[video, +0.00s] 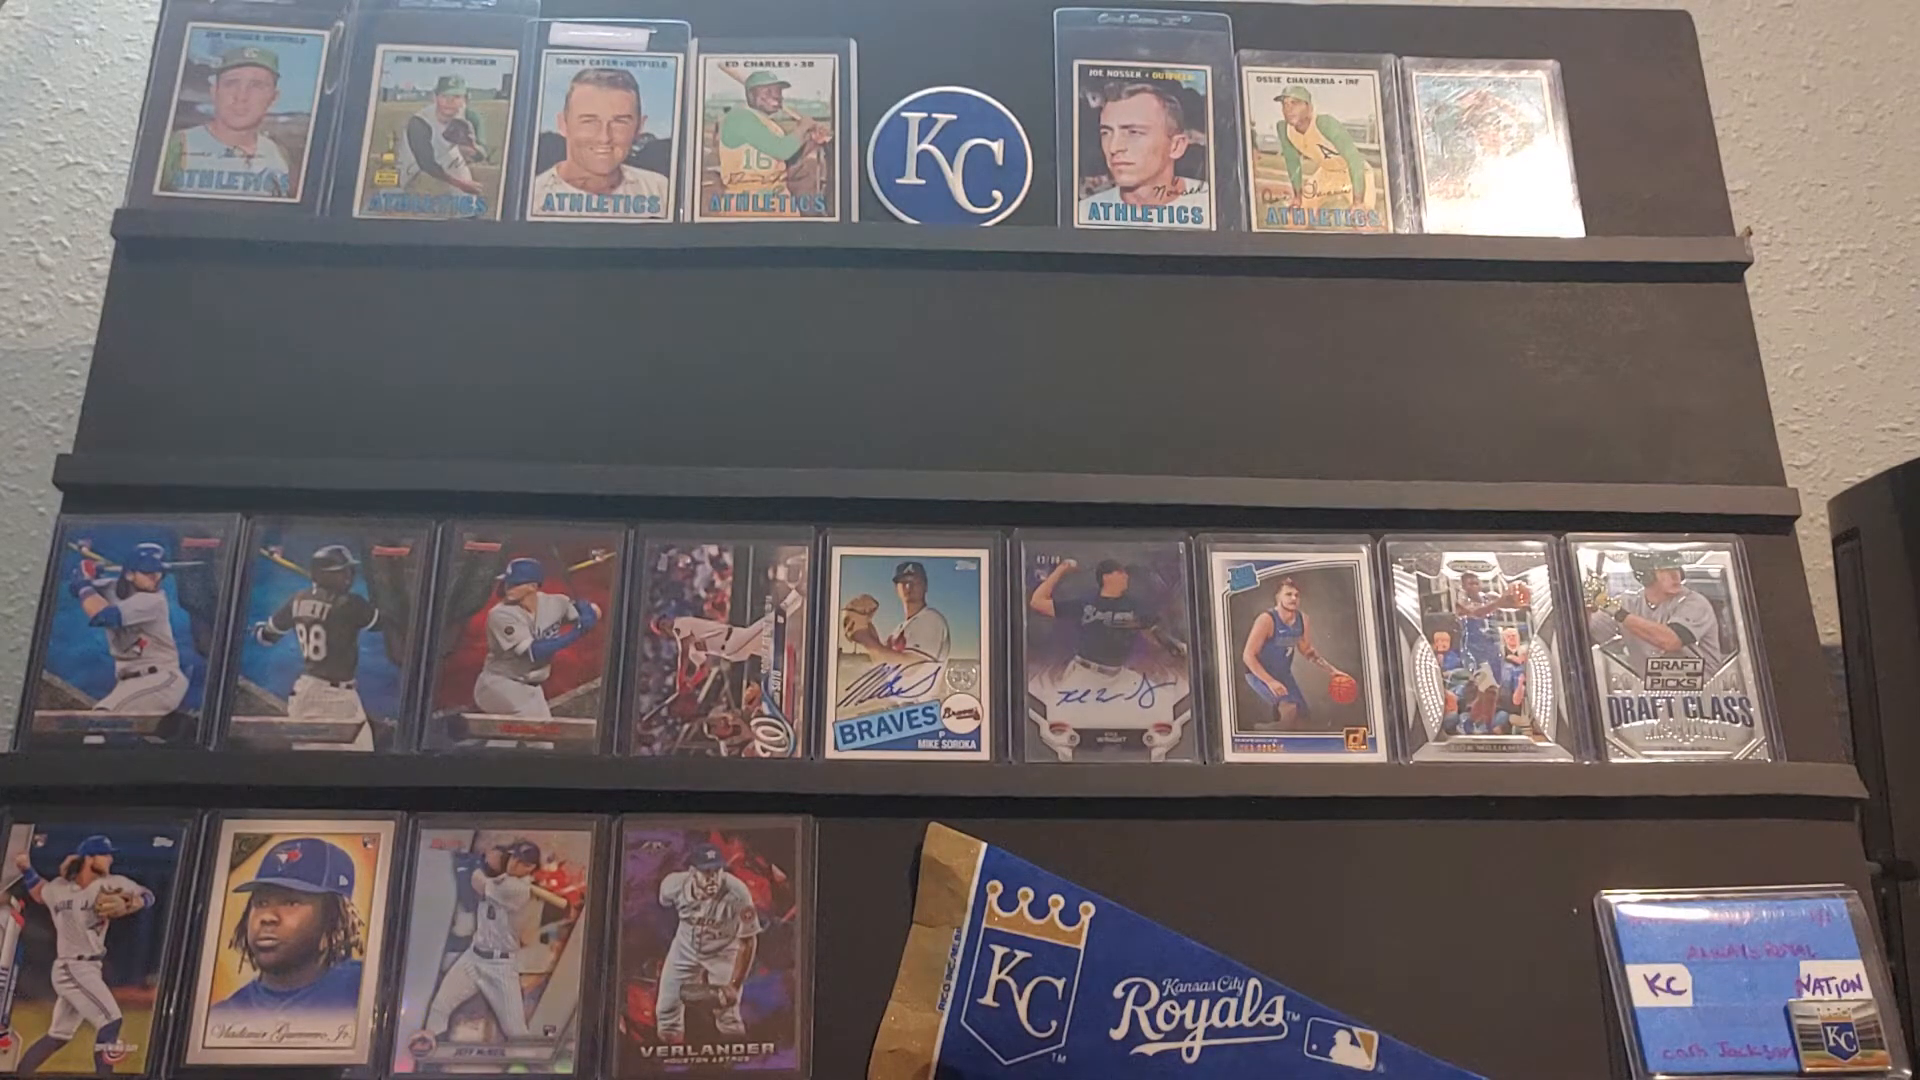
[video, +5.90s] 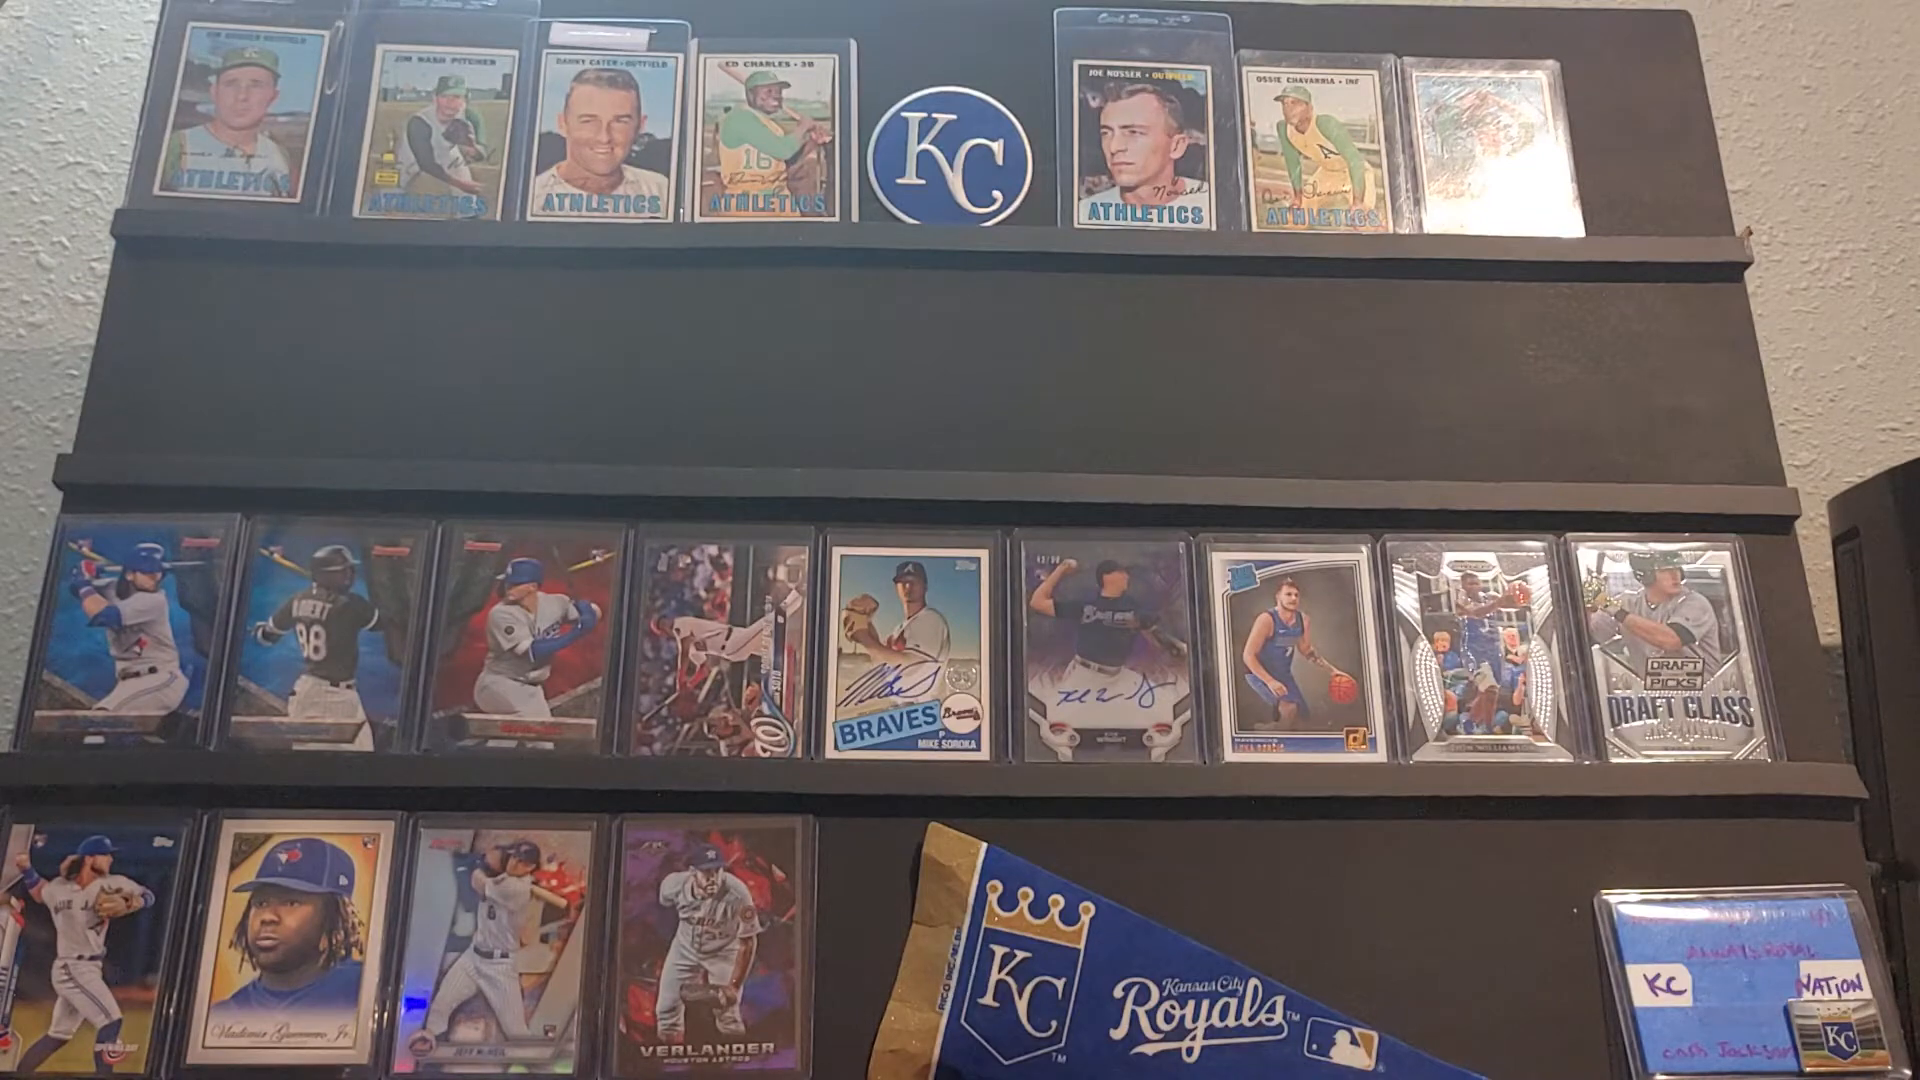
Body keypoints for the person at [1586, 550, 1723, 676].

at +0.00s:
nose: (1676, 575)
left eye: (1677, 568)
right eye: (1667, 569)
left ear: (1682, 570)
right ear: (1645, 574)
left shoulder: (1696, 604)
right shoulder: (1627, 604)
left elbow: (1670, 641)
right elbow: (1584, 638)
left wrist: (1621, 614)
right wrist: (1585, 609)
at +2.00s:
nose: (1676, 575)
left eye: (1677, 568)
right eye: (1666, 569)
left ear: (1682, 571)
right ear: (1644, 574)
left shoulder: (1696, 604)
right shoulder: (1628, 604)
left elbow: (1671, 641)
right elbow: (1586, 635)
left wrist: (1619, 613)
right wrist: (1584, 607)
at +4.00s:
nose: (1675, 574)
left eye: (1677, 567)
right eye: (1665, 569)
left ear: (1682, 570)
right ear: (1644, 575)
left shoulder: (1696, 604)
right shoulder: (1628, 604)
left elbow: (1671, 641)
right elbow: (1586, 638)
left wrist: (1620, 614)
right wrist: (1585, 609)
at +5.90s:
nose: (1676, 575)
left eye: (1677, 568)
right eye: (1666, 570)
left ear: (1682, 571)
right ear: (1645, 574)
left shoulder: (1696, 604)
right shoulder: (1628, 603)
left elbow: (1671, 641)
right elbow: (1589, 634)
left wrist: (1619, 614)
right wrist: (1584, 610)